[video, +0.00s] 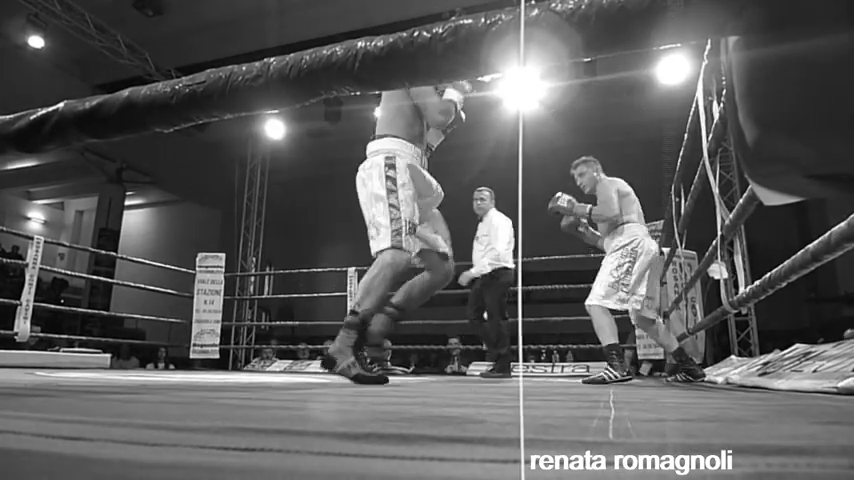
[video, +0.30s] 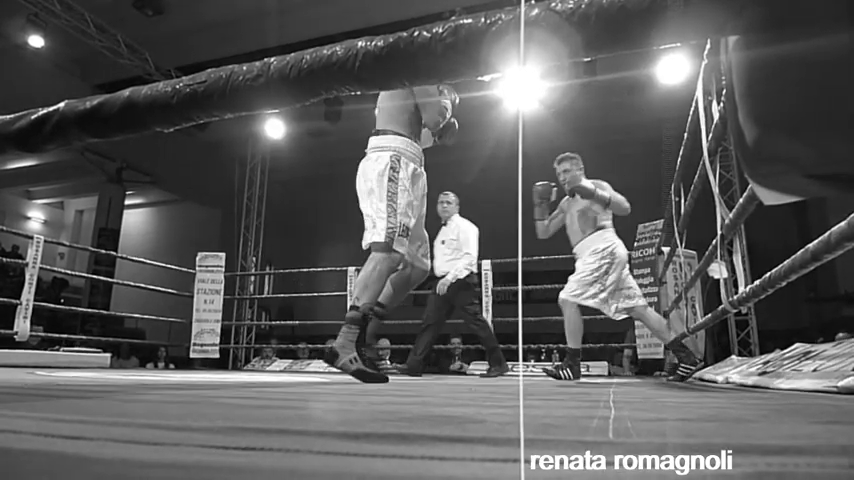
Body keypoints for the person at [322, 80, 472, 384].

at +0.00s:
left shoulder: (432, 88)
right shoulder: (411, 72)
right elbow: (439, 116)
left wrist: (454, 106)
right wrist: (456, 93)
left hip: (414, 171)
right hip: (391, 163)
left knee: (440, 268)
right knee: (395, 256)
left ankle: (373, 336)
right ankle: (341, 348)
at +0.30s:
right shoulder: (417, 70)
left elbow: (415, 138)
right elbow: (434, 117)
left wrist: (443, 134)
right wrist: (446, 99)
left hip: (410, 167)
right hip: (392, 160)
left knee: (418, 265)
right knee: (387, 252)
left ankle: (366, 336)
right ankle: (344, 344)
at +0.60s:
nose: (454, 111)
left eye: (455, 105)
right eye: (452, 104)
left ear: (432, 99)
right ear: (441, 101)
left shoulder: (418, 127)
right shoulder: (429, 117)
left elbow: (426, 185)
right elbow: (452, 168)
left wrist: (452, 156)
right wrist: (461, 145)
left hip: (420, 209)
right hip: (407, 205)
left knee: (435, 290)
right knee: (397, 280)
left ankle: (425, 366)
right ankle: (346, 353)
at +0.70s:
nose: (456, 119)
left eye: (456, 114)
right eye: (456, 113)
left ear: (435, 109)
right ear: (449, 110)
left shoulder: (421, 130)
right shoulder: (435, 125)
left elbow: (441, 177)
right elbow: (458, 174)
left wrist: (459, 150)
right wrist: (468, 151)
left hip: (416, 211)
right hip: (408, 209)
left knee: (440, 292)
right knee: (424, 282)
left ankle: (426, 367)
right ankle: (366, 347)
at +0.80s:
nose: (464, 126)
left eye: (465, 121)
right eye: (464, 121)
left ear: (443, 113)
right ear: (457, 117)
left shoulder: (429, 131)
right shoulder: (444, 128)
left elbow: (452, 174)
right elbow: (463, 179)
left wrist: (463, 153)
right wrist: (472, 156)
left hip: (411, 208)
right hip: (411, 207)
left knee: (442, 284)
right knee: (439, 282)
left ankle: (425, 356)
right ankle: (391, 348)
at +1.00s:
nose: (470, 166)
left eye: (468, 162)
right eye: (469, 162)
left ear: (443, 157)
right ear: (466, 159)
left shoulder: (422, 176)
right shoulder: (464, 171)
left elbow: (403, 215)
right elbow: (482, 215)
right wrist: (488, 184)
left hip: (405, 242)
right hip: (429, 243)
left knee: (440, 307)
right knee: (464, 313)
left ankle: (432, 364)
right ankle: (407, 352)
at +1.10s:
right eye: (461, 179)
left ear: (436, 179)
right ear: (459, 178)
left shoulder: (417, 195)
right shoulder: (467, 188)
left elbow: (401, 237)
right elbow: (484, 235)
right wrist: (482, 209)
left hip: (408, 255)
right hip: (438, 253)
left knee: (427, 313)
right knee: (467, 325)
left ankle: (431, 367)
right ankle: (407, 352)